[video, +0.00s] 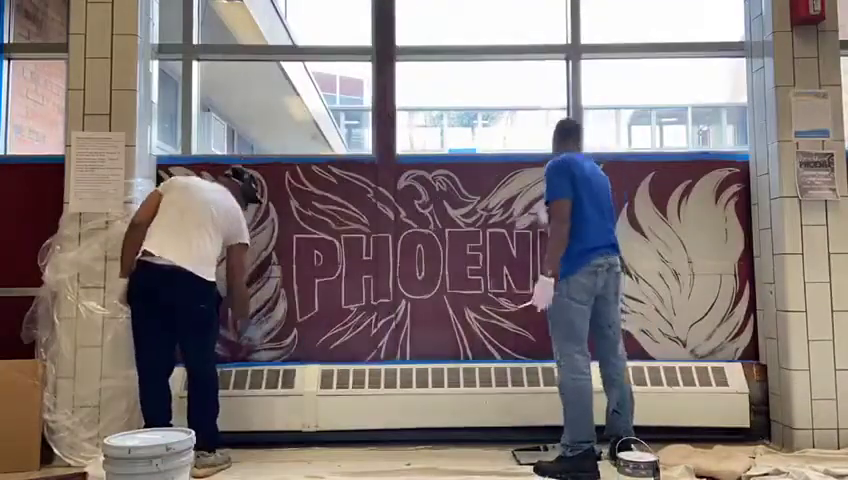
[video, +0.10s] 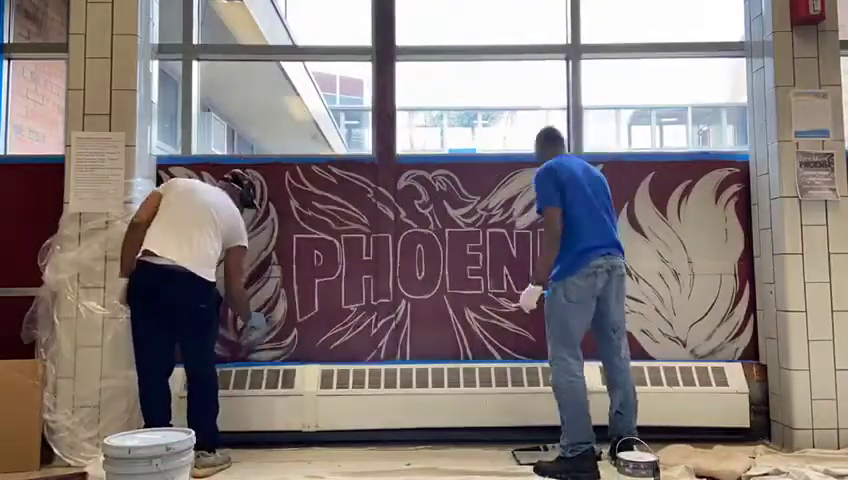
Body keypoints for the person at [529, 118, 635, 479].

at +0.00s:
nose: (556, 149)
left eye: (554, 142)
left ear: (555, 142)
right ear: (580, 142)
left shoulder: (559, 165)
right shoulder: (596, 170)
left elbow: (560, 223)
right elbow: (598, 221)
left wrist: (547, 276)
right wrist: (548, 219)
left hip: (577, 272)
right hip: (610, 268)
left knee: (572, 358)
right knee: (612, 353)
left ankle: (578, 450)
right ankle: (621, 435)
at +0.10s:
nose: (538, 160)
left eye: (537, 154)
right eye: (541, 153)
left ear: (540, 151)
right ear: (564, 146)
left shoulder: (547, 171)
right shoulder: (594, 172)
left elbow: (554, 227)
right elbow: (608, 221)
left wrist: (538, 282)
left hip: (577, 269)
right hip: (615, 264)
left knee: (565, 357)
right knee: (616, 350)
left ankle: (578, 451)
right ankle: (625, 434)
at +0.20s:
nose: (571, 144)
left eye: (569, 138)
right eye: (582, 137)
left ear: (571, 137)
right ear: (598, 139)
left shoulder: (561, 169)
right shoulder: (613, 173)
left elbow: (552, 226)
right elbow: (613, 224)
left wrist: (534, 278)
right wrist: (609, 261)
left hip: (572, 273)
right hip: (610, 270)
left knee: (566, 359)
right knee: (615, 355)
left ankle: (573, 449)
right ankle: (621, 435)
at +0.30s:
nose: (573, 144)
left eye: (570, 139)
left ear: (571, 139)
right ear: (598, 141)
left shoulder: (561, 168)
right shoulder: (613, 175)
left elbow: (551, 224)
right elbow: (617, 227)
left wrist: (534, 274)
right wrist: (604, 258)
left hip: (573, 270)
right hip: (610, 268)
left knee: (569, 358)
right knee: (613, 352)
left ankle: (574, 450)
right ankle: (621, 436)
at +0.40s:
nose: (564, 144)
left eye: (561, 138)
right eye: (576, 138)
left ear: (559, 138)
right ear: (586, 139)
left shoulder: (555, 170)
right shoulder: (600, 171)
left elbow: (550, 226)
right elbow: (607, 222)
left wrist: (533, 275)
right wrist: (608, 255)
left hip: (569, 270)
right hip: (605, 267)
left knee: (566, 359)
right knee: (611, 354)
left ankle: (574, 450)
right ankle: (621, 435)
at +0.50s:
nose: (531, 149)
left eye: (531, 143)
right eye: (538, 142)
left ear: (533, 142)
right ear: (560, 140)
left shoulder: (543, 170)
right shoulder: (577, 167)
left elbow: (548, 228)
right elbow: (576, 218)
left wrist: (531, 282)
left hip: (566, 271)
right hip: (598, 265)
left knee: (563, 358)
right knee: (604, 349)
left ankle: (573, 451)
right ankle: (620, 434)